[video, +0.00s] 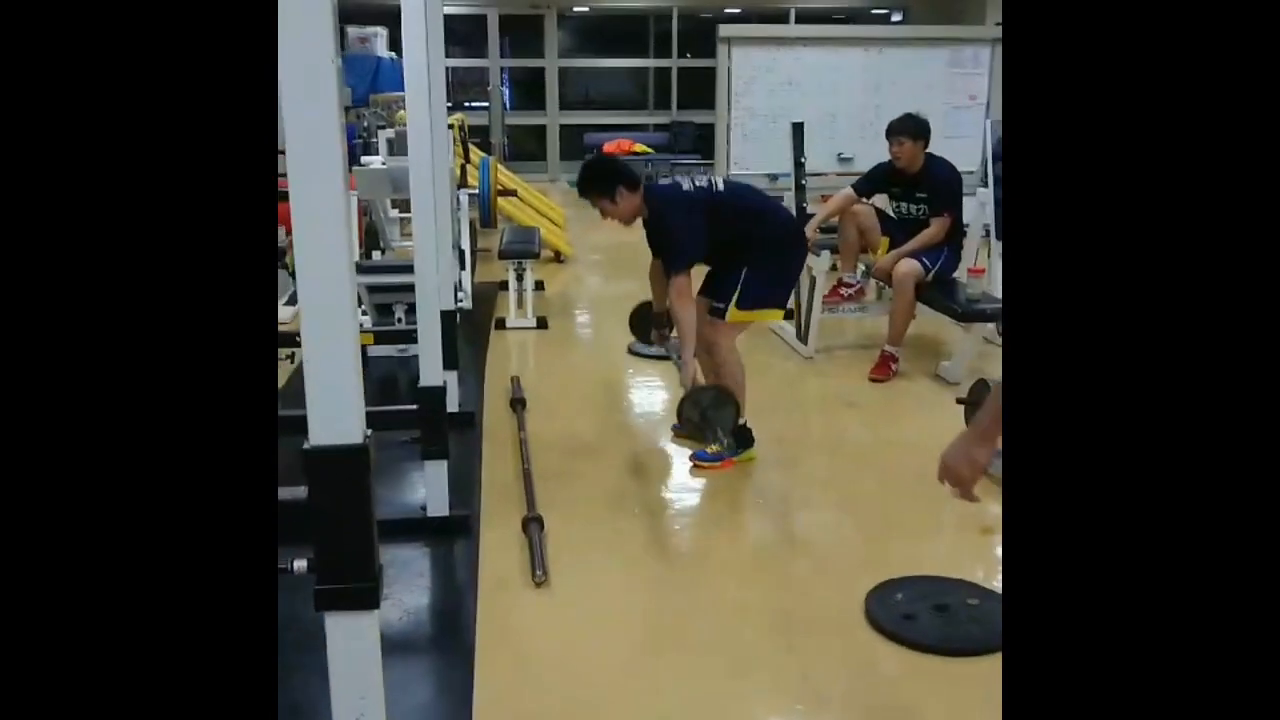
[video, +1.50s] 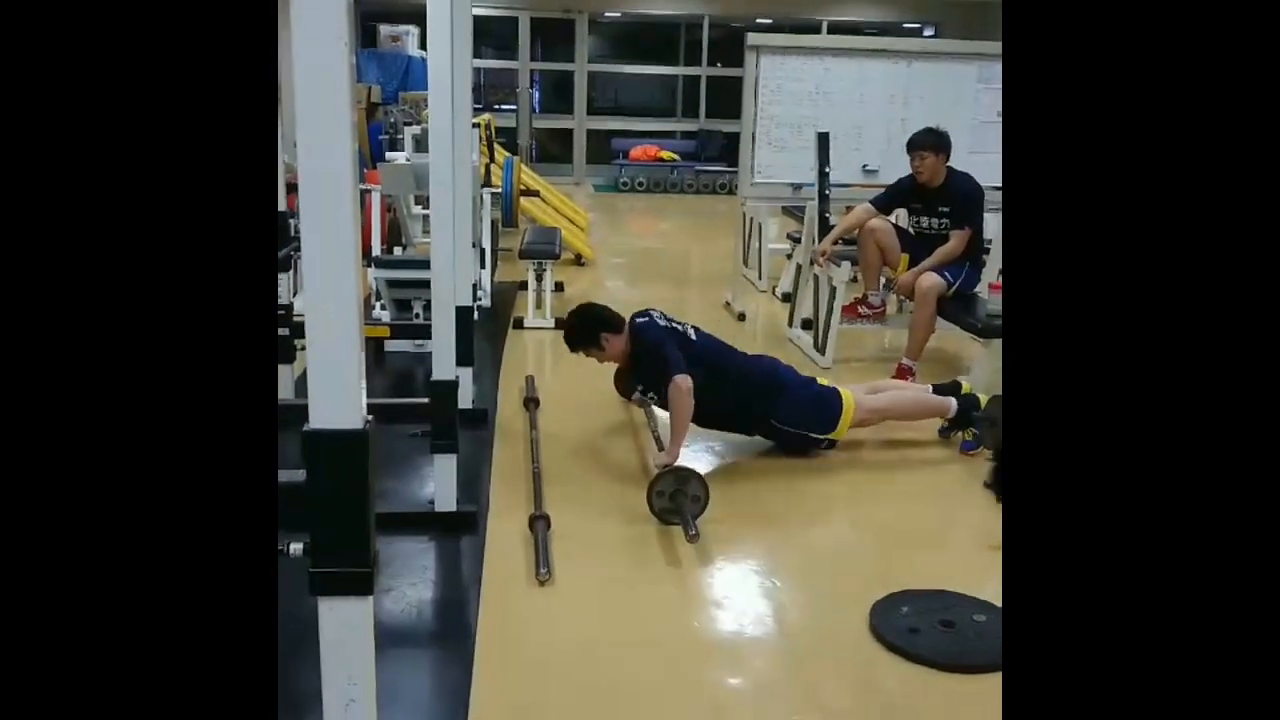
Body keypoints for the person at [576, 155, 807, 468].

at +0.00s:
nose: (605, 216)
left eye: (603, 207)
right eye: (599, 210)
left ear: (622, 192)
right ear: (624, 189)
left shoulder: (669, 214)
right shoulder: (656, 206)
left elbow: (683, 296)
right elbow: (659, 269)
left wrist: (688, 361)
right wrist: (660, 317)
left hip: (775, 246)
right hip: (748, 242)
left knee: (717, 334)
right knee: (699, 319)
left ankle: (737, 432)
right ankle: (715, 416)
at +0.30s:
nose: (614, 308)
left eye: (610, 300)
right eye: (608, 303)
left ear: (623, 286)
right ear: (625, 278)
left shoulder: (663, 285)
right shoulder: (650, 275)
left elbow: (672, 367)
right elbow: (651, 329)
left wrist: (672, 439)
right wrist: (649, 373)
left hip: (781, 262)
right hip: (759, 255)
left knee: (712, 341)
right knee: (694, 334)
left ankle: (737, 439)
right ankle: (718, 418)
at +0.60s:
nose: (610, 337)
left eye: (604, 331)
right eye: (602, 333)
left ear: (613, 316)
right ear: (611, 308)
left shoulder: (655, 313)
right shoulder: (641, 295)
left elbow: (673, 383)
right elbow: (664, 348)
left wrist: (676, 447)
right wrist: (653, 367)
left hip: (781, 268)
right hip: (756, 279)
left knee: (823, 364)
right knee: (803, 359)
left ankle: (912, 342)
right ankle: (903, 348)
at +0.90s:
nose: (605, 370)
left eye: (602, 362)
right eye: (598, 364)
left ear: (616, 346)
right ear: (617, 336)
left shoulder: (658, 346)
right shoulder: (647, 332)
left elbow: (692, 389)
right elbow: (663, 368)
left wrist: (681, 455)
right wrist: (643, 386)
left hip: (785, 396)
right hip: (774, 393)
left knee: (876, 411)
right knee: (866, 403)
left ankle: (971, 405)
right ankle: (952, 396)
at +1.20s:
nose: (592, 413)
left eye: (588, 406)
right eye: (586, 408)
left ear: (598, 392)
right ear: (600, 377)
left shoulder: (639, 380)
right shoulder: (632, 362)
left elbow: (680, 388)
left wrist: (676, 447)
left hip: (776, 421)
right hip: (768, 398)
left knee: (868, 419)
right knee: (852, 408)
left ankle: (962, 405)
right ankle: (940, 391)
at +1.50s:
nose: (599, 360)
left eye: (595, 353)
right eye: (591, 354)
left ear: (607, 338)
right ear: (609, 325)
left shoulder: (652, 345)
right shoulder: (641, 321)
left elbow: (683, 389)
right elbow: (648, 359)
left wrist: (672, 454)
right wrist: (628, 377)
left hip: (772, 398)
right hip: (764, 383)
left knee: (863, 410)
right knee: (854, 398)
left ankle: (959, 405)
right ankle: (945, 396)